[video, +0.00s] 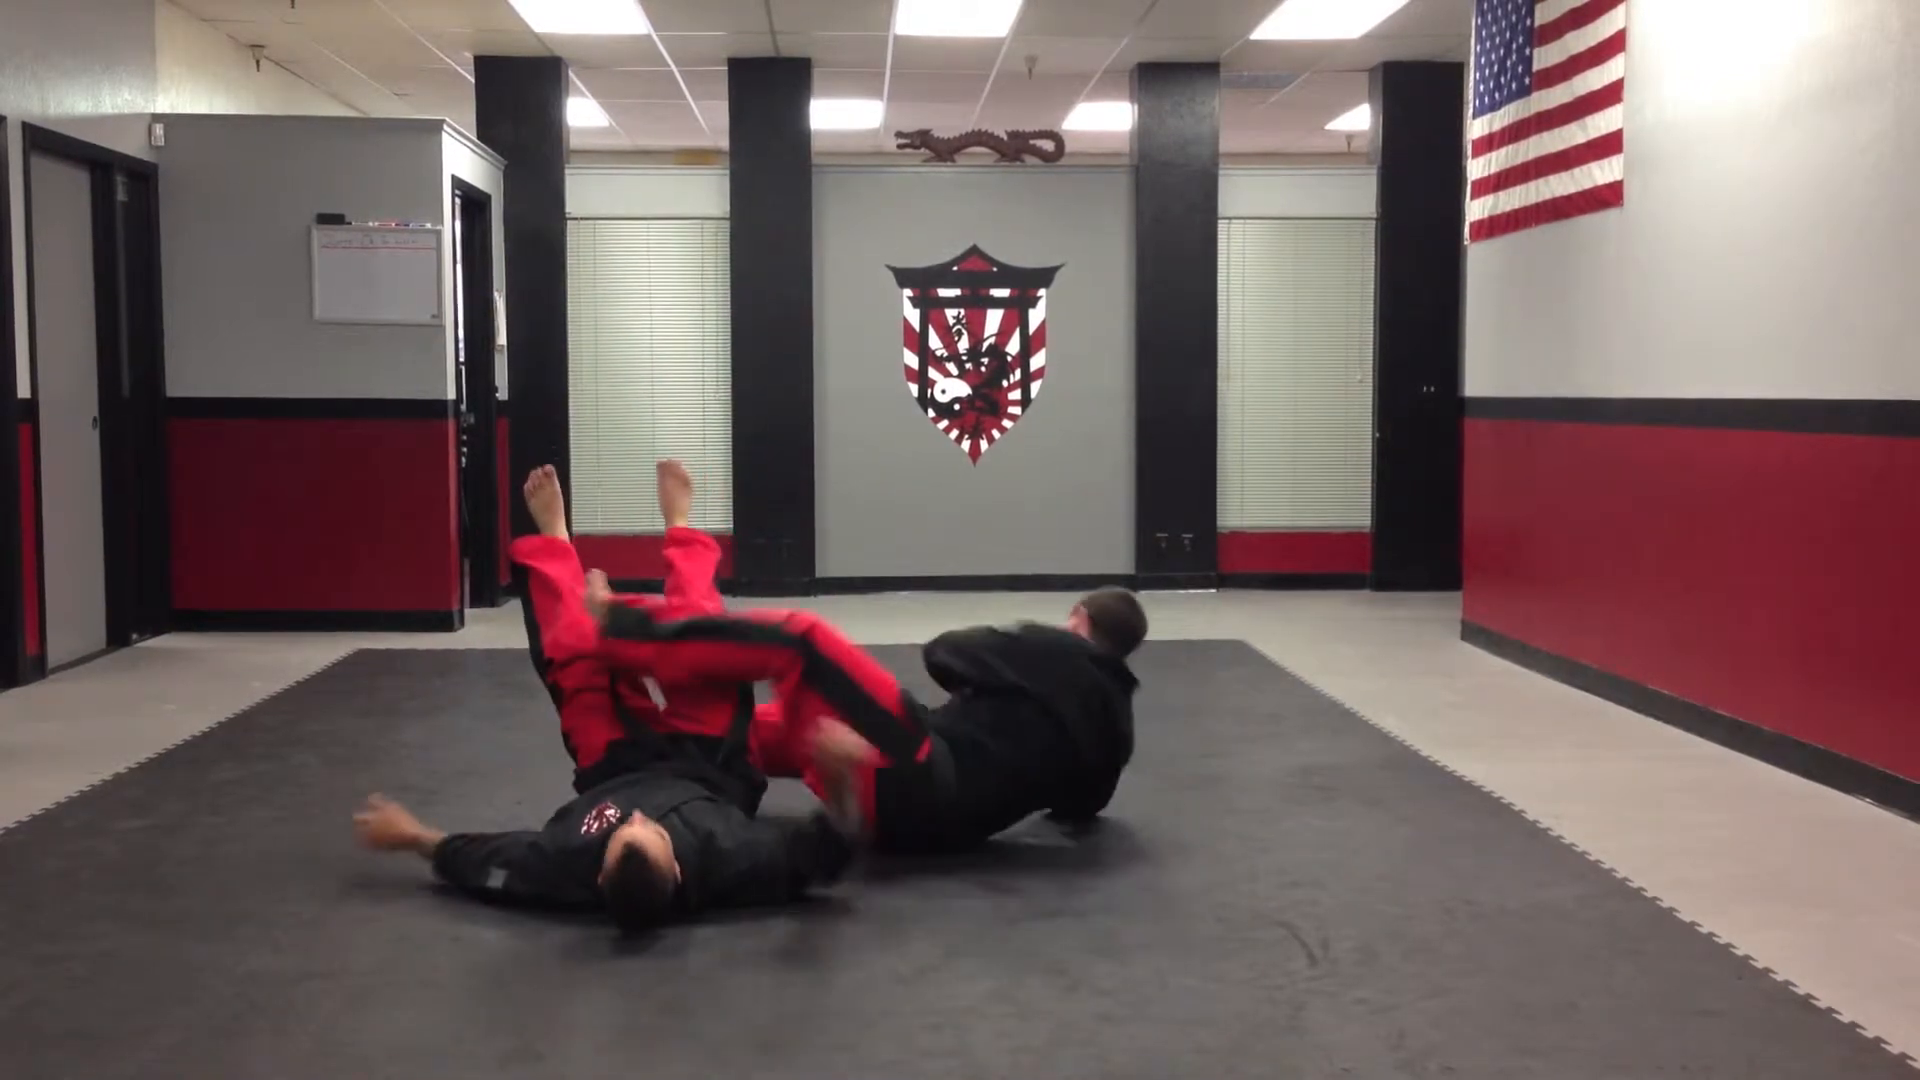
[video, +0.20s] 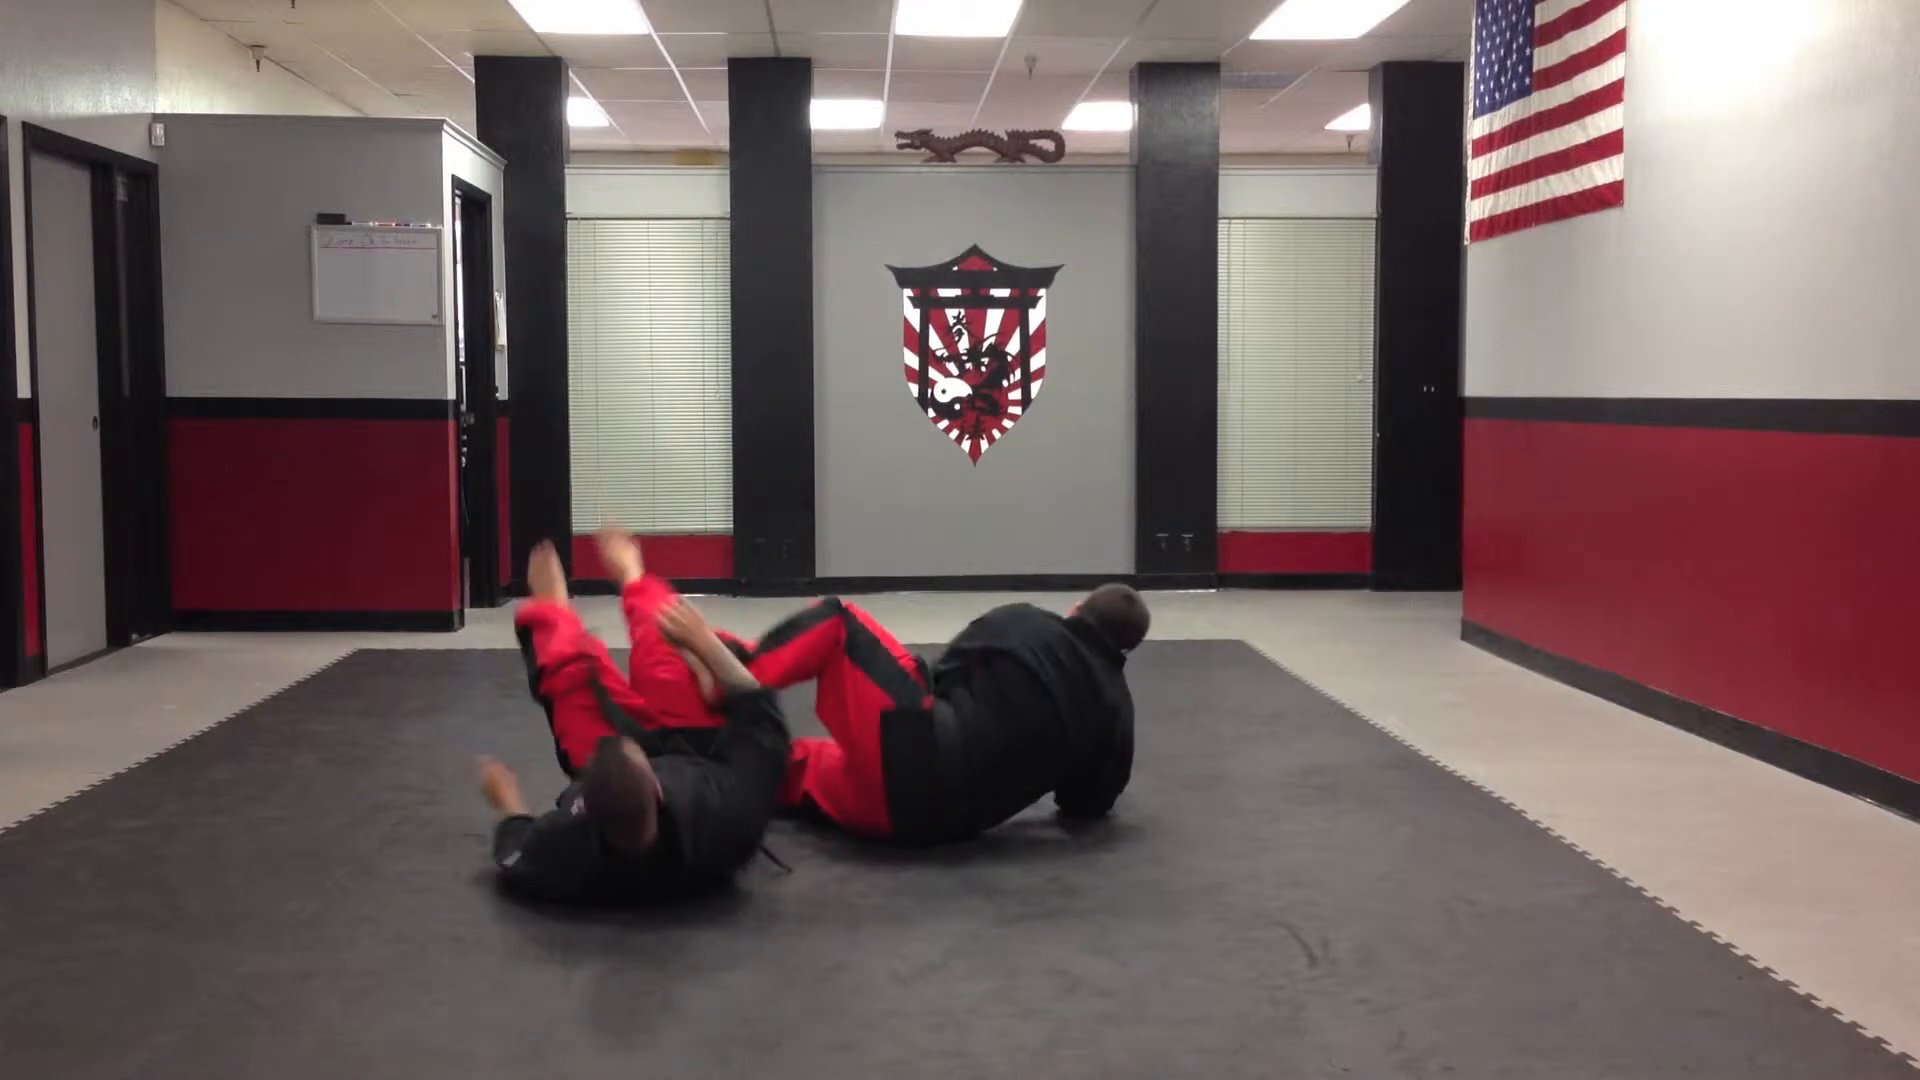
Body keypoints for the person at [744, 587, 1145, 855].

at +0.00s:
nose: (1067, 623)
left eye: (1071, 617)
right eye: (1071, 618)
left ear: (1080, 621)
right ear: (1127, 651)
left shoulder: (1053, 649)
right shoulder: (1117, 729)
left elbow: (941, 654)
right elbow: (1077, 809)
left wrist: (986, 698)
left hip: (923, 767)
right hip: (931, 829)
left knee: (800, 636)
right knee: (793, 734)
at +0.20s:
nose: (1071, 603)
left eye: (1077, 600)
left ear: (1077, 607)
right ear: (1127, 651)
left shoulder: (1024, 619)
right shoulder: (1114, 711)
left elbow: (947, 673)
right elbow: (1084, 806)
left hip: (910, 745)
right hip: (913, 822)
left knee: (838, 620)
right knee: (792, 763)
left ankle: (738, 676)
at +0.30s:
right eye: (1146, 647)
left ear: (1092, 607)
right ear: (1138, 653)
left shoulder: (1030, 615)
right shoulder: (1116, 713)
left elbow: (981, 667)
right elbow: (1086, 807)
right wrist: (1125, 760)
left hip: (898, 718)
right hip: (912, 805)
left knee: (846, 647)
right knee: (786, 780)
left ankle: (753, 682)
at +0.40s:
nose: (1153, 673)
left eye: (1156, 665)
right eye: (1159, 666)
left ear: (1119, 615)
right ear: (1151, 659)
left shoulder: (1050, 611)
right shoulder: (1116, 705)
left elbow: (1024, 685)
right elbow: (1084, 806)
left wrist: (1105, 728)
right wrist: (1123, 759)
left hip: (890, 698)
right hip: (910, 783)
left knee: (855, 678)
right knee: (770, 785)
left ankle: (739, 691)